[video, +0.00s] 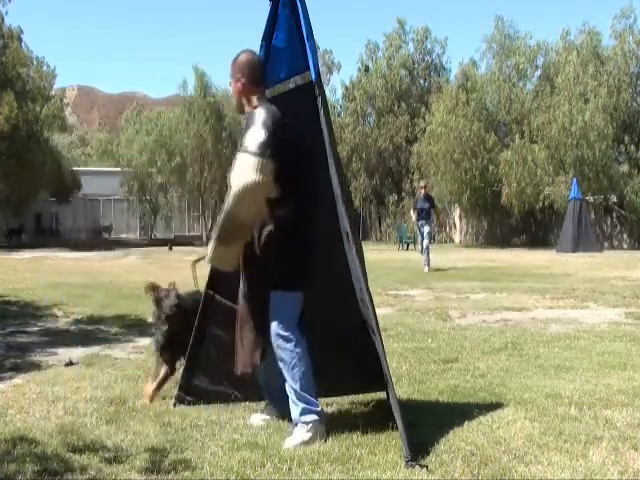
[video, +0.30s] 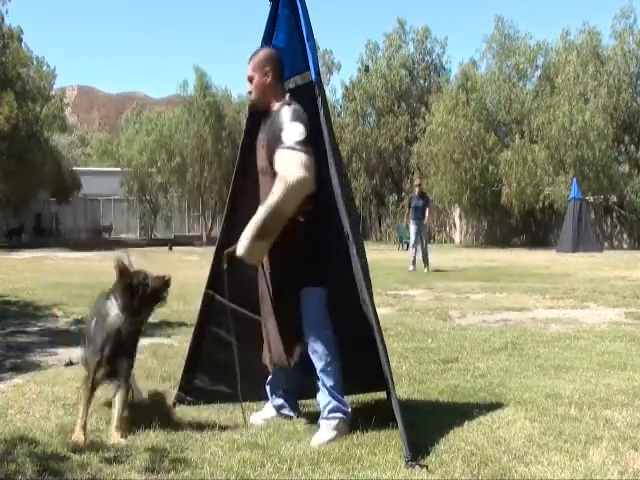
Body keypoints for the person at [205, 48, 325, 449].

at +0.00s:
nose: (230, 89)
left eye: (231, 83)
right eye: (231, 82)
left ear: (240, 84)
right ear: (258, 81)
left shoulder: (270, 121)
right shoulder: (261, 120)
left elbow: (252, 186)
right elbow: (252, 183)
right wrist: (246, 229)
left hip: (287, 236)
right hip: (268, 236)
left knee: (282, 327)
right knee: (264, 324)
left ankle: (309, 416)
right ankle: (277, 405)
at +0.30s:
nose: (247, 85)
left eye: (251, 79)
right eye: (247, 79)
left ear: (269, 77)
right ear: (265, 77)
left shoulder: (292, 116)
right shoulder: (265, 120)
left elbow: (297, 178)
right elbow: (266, 183)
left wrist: (258, 231)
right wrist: (255, 234)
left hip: (308, 233)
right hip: (276, 234)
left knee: (313, 320)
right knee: (276, 317)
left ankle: (334, 411)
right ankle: (282, 403)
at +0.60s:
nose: (261, 81)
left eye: (267, 74)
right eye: (261, 75)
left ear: (289, 77)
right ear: (270, 79)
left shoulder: (306, 117)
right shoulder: (272, 123)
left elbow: (316, 174)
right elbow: (277, 177)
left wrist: (276, 228)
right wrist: (263, 208)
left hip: (316, 233)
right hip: (283, 234)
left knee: (319, 322)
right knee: (281, 317)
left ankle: (336, 408)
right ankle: (282, 401)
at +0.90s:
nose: (271, 81)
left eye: (277, 75)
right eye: (270, 76)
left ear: (299, 76)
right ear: (275, 79)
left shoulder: (313, 118)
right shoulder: (281, 122)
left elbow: (322, 180)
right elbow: (282, 179)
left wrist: (285, 234)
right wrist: (267, 217)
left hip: (321, 235)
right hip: (289, 235)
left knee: (324, 321)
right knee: (284, 318)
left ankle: (343, 410)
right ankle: (283, 400)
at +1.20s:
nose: (275, 87)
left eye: (281, 79)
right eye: (274, 80)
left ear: (302, 79)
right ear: (280, 83)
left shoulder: (317, 123)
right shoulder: (283, 128)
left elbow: (325, 188)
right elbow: (284, 189)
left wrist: (290, 243)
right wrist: (276, 235)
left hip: (322, 238)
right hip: (290, 238)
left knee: (325, 321)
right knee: (283, 318)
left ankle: (343, 410)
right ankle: (284, 400)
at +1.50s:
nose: (279, 90)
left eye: (284, 83)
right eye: (277, 83)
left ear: (305, 83)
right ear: (283, 85)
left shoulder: (319, 126)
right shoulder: (285, 128)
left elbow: (327, 191)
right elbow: (287, 189)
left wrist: (294, 246)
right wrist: (281, 241)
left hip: (322, 238)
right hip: (290, 237)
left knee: (324, 321)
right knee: (286, 319)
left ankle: (343, 410)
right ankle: (284, 399)